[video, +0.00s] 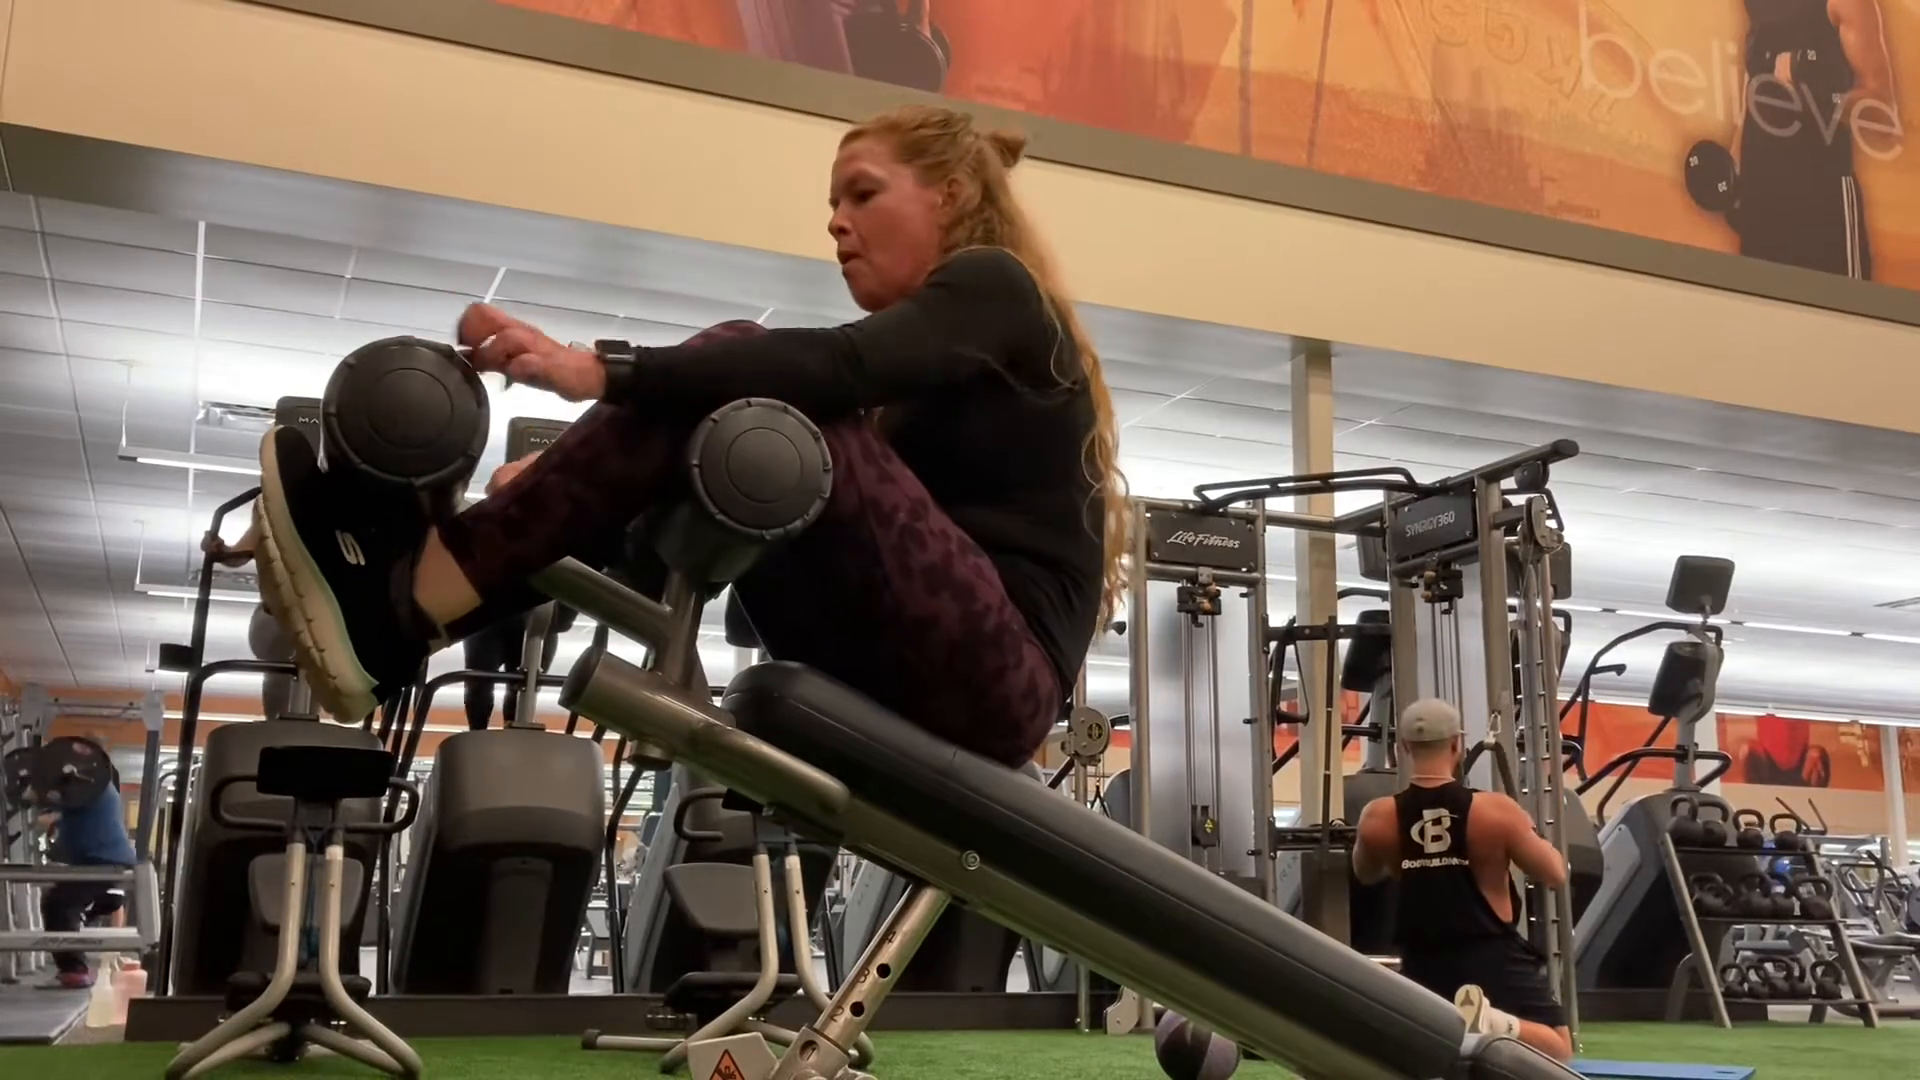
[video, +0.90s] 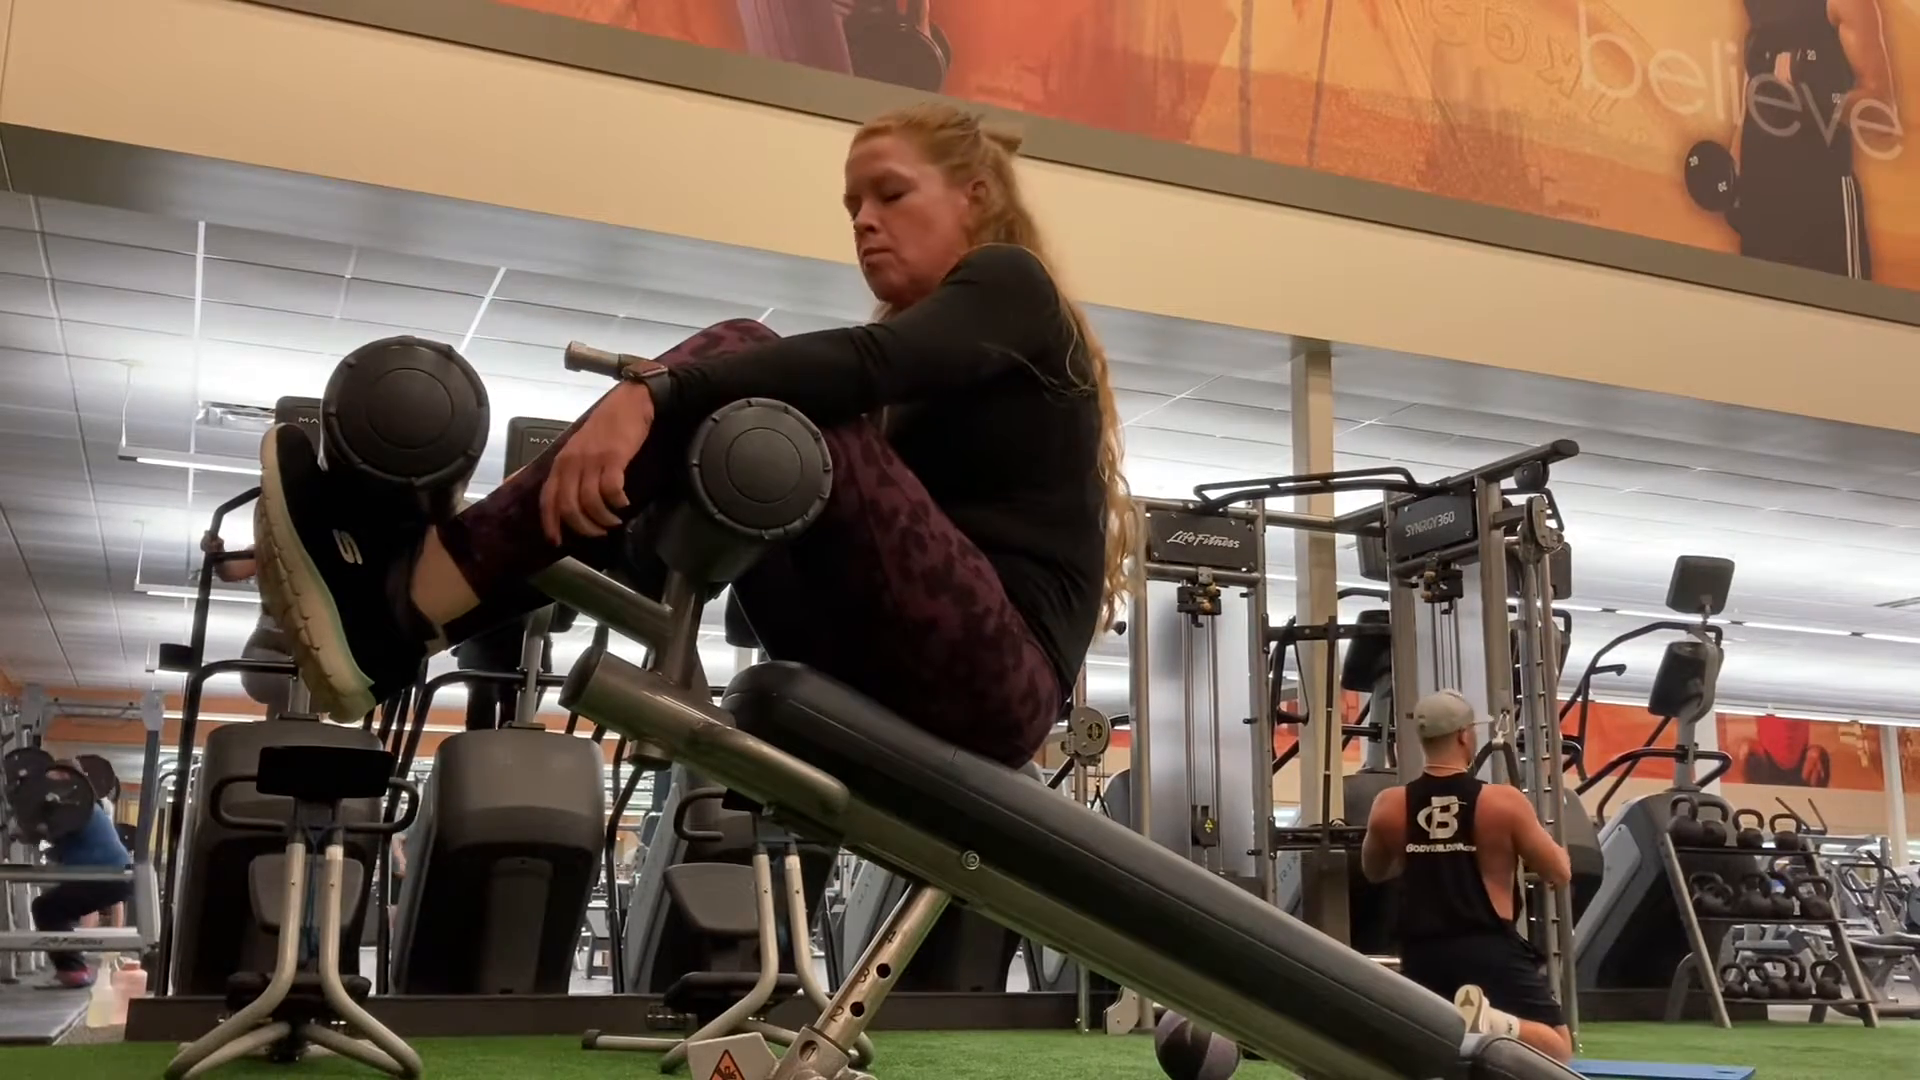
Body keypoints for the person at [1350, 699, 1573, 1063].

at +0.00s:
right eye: (1461, 740)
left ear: (1401, 750)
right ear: (1456, 745)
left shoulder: (1378, 817)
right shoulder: (1496, 811)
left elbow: (1365, 872)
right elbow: (1555, 874)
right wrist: (1528, 834)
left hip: (1421, 969)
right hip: (1495, 965)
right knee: (1561, 1049)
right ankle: (1493, 1021)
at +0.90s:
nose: (1475, 736)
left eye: (1473, 728)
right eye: (1473, 729)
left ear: (1421, 738)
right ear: (1464, 736)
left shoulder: (1389, 804)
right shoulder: (1504, 802)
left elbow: (1373, 870)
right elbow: (1560, 872)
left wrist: (1417, 840)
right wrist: (1541, 840)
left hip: (1421, 960)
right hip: (1492, 958)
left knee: (1434, 1053)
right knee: (1561, 1049)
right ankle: (1494, 1022)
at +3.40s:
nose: (1584, 603)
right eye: (1590, 594)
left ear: (1544, 598)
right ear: (1590, 597)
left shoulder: (1517, 656)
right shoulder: (1628, 652)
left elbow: (1493, 728)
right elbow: (1651, 723)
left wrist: (1500, 780)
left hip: (1550, 796)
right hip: (1618, 796)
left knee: (1531, 905)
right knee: (1646, 907)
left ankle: (1504, 1031)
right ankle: (1680, 1038)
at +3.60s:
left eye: (1585, 595)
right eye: (1613, 594)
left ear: (1574, 597)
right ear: (1619, 596)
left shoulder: (1552, 649)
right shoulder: (1657, 648)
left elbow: (1522, 720)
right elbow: (1678, 719)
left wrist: (1502, 783)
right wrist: (1650, 754)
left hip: (1583, 788)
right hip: (1649, 787)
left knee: (1552, 892)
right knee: (1664, 907)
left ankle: (1546, 1017)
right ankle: (1683, 1037)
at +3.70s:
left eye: (1586, 595)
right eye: (1617, 596)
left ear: (1580, 598)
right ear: (1625, 599)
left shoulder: (1561, 646)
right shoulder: (1660, 648)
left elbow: (1539, 711)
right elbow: (1682, 718)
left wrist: (1523, 777)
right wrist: (1651, 744)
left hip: (1590, 787)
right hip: (1654, 786)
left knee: (1570, 897)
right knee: (1665, 904)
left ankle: (1583, 1026)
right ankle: (1683, 1036)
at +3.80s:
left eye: (1585, 595)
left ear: (1581, 598)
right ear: (1626, 600)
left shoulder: (1568, 645)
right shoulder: (1659, 651)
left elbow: (1554, 710)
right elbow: (1669, 718)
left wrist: (1540, 779)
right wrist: (1655, 769)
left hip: (1597, 785)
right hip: (1658, 784)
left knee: (1581, 900)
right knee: (1666, 906)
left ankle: (1597, 1030)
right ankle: (1683, 1036)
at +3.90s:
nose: (1572, 611)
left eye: (1572, 604)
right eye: (1579, 604)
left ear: (1575, 604)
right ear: (1615, 604)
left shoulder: (1577, 646)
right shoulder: (1639, 647)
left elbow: (1561, 711)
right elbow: (1658, 714)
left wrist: (1545, 778)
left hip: (1597, 781)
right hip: (1654, 783)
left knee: (1565, 890)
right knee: (1664, 900)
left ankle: (1589, 1017)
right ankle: (1682, 1029)